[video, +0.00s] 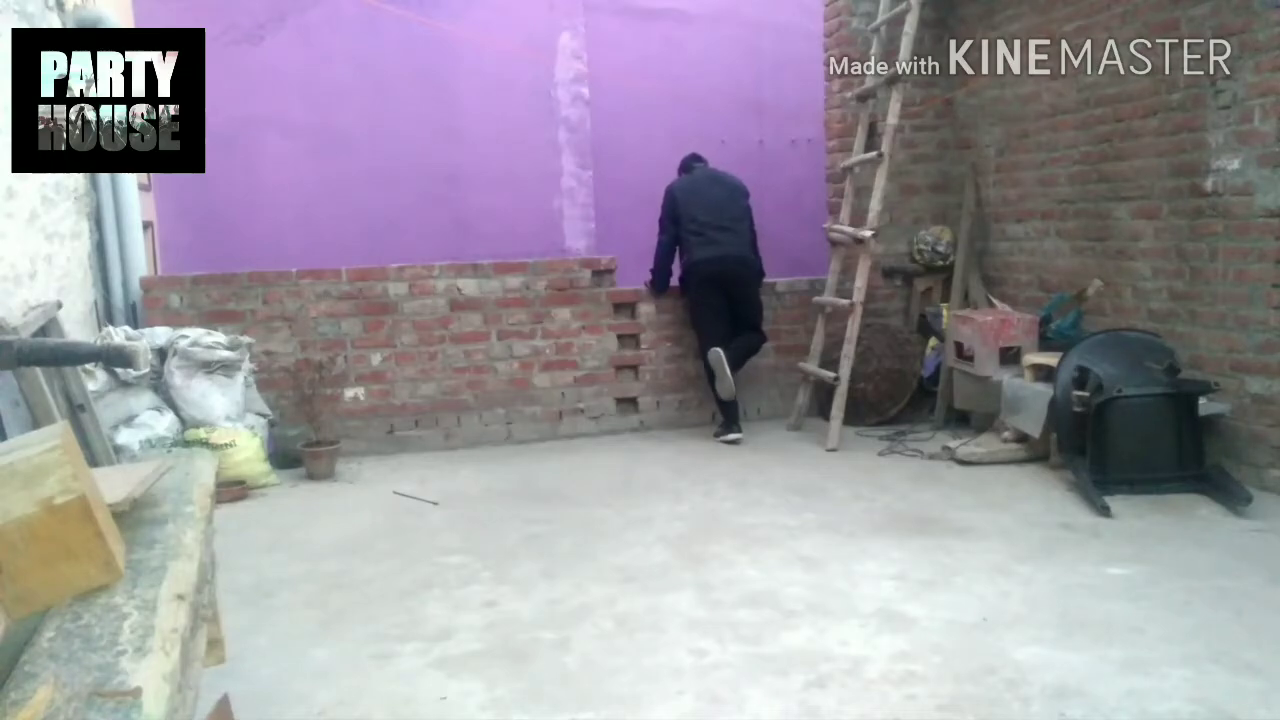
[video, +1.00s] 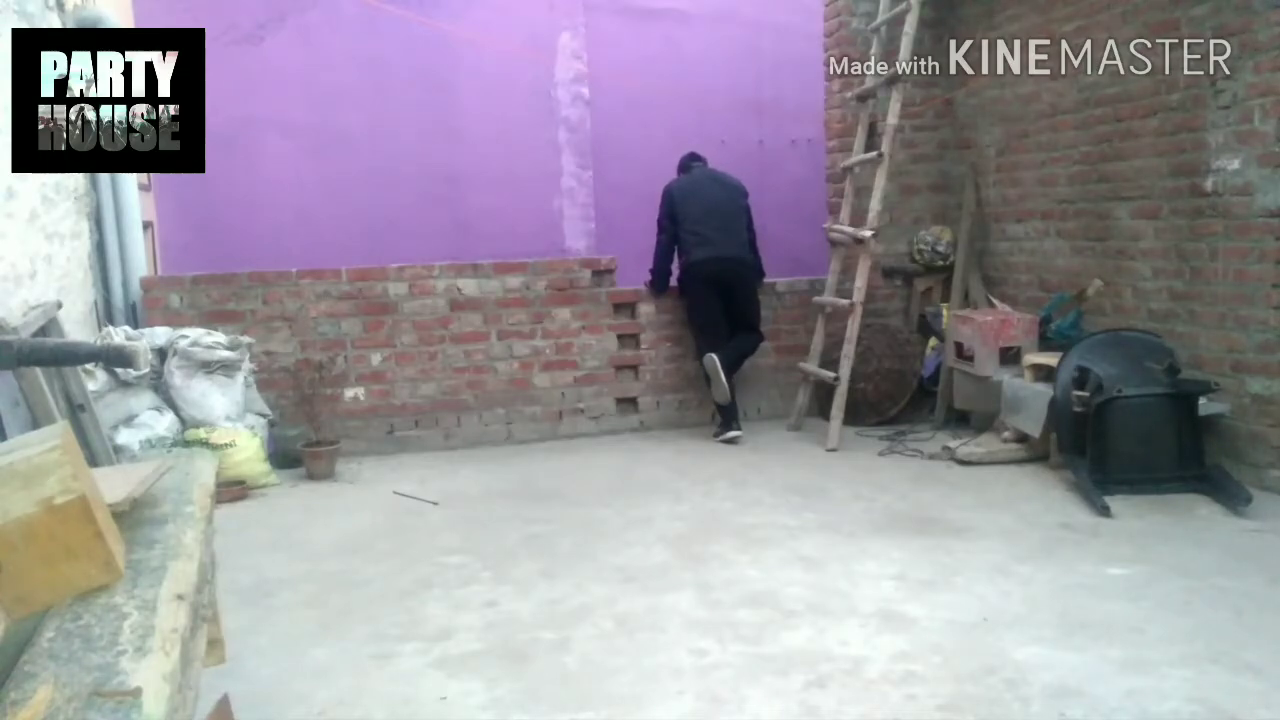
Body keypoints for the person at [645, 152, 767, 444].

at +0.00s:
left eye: (680, 176)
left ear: (682, 172)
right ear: (707, 167)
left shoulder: (676, 189)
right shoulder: (735, 184)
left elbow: (667, 239)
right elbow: (749, 231)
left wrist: (659, 283)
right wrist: (756, 267)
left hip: (701, 272)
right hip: (742, 268)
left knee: (714, 344)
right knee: (753, 331)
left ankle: (730, 423)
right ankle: (729, 360)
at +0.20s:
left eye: (680, 175)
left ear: (681, 172)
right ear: (706, 167)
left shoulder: (675, 189)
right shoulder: (734, 184)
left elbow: (666, 240)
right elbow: (748, 231)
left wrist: (659, 283)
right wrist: (756, 268)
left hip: (698, 272)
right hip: (740, 269)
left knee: (712, 343)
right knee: (751, 332)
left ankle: (730, 423)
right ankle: (725, 362)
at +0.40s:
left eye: (680, 175)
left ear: (681, 172)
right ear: (706, 167)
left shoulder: (675, 189)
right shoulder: (735, 185)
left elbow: (666, 239)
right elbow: (748, 231)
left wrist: (659, 282)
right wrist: (756, 269)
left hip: (697, 273)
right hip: (739, 269)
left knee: (710, 343)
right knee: (750, 332)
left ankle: (729, 422)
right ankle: (723, 361)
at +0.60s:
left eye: (679, 175)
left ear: (681, 172)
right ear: (706, 166)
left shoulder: (674, 189)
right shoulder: (734, 184)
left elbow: (666, 239)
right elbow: (748, 231)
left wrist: (659, 282)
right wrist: (756, 269)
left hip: (697, 273)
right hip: (739, 269)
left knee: (710, 343)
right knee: (749, 332)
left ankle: (729, 422)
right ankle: (722, 362)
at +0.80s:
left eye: (679, 174)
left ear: (681, 172)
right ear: (706, 166)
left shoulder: (674, 189)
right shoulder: (734, 185)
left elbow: (666, 239)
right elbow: (748, 232)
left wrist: (659, 282)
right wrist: (757, 270)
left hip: (697, 272)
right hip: (739, 268)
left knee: (711, 342)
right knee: (750, 332)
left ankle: (729, 422)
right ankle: (722, 362)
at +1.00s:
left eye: (679, 174)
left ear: (681, 171)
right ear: (706, 166)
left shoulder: (674, 189)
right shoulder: (734, 185)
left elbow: (666, 239)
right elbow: (748, 232)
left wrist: (659, 282)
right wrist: (757, 269)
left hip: (698, 271)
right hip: (739, 268)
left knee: (711, 342)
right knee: (750, 332)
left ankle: (729, 422)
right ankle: (723, 362)